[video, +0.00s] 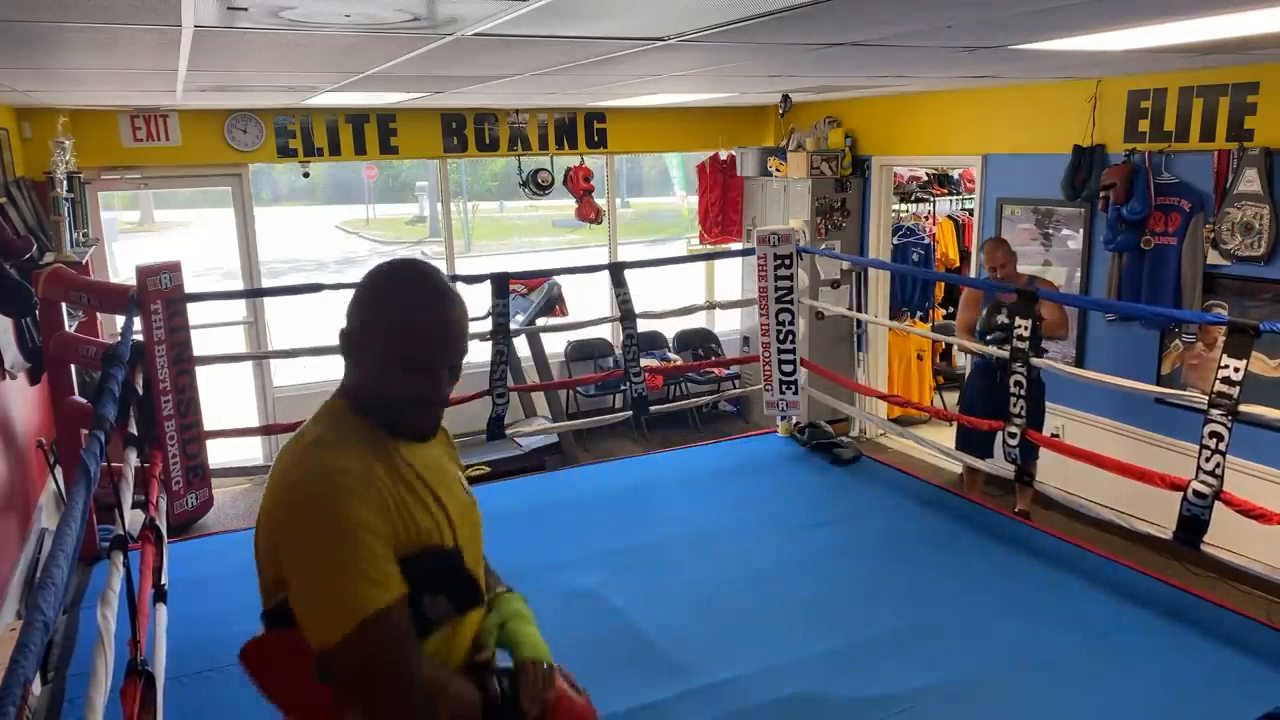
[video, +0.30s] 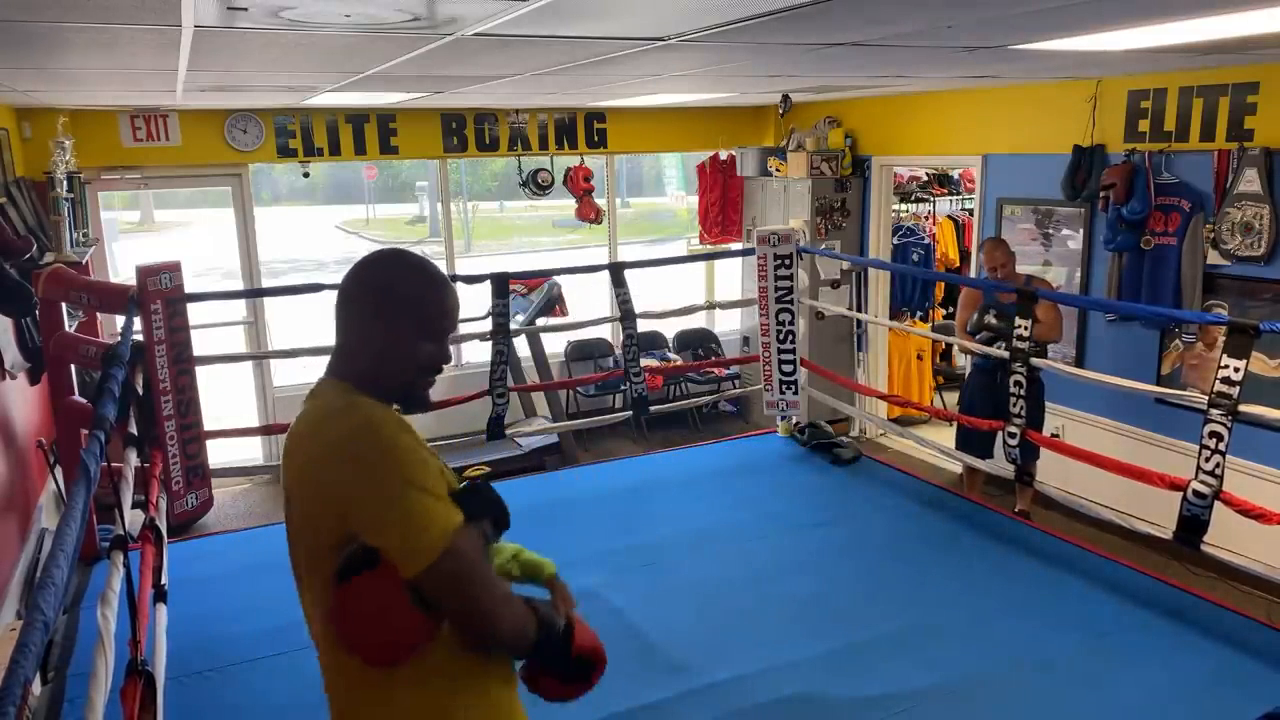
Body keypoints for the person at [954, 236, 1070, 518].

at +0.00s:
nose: (998, 275)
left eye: (1002, 267)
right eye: (991, 270)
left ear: (1014, 260)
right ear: (984, 267)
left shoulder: (1041, 287)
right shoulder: (976, 291)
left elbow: (1061, 329)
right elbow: (963, 334)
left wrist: (1025, 326)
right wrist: (984, 348)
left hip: (1026, 380)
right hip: (984, 377)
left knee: (1026, 449)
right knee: (974, 446)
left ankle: (1023, 514)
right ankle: (970, 507)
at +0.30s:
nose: (998, 275)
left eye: (1002, 268)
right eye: (991, 270)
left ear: (1014, 260)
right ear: (983, 267)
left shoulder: (1038, 287)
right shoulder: (974, 291)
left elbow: (1054, 331)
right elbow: (961, 333)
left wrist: (1013, 328)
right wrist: (981, 346)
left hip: (1025, 380)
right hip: (984, 377)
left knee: (1026, 448)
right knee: (974, 445)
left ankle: (1022, 513)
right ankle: (971, 505)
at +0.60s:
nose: (998, 275)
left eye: (1002, 267)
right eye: (991, 270)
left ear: (1013, 260)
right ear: (982, 266)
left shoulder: (1037, 287)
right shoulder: (974, 290)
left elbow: (1054, 331)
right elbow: (961, 336)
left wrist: (1014, 330)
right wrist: (983, 347)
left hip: (1024, 379)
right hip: (983, 376)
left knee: (1026, 448)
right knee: (974, 445)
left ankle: (1022, 513)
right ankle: (971, 506)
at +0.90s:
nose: (999, 275)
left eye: (1004, 267)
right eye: (992, 270)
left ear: (1013, 260)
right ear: (982, 267)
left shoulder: (1037, 286)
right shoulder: (973, 293)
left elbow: (1057, 330)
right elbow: (962, 341)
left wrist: (1015, 331)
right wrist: (987, 348)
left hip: (1025, 380)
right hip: (984, 378)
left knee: (1026, 449)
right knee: (974, 446)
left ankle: (1022, 512)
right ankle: (971, 505)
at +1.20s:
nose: (999, 273)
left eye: (1004, 265)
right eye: (992, 268)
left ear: (1015, 260)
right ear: (983, 267)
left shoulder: (1038, 286)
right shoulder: (974, 293)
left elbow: (1062, 327)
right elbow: (960, 340)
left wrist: (1019, 328)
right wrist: (980, 348)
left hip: (1025, 382)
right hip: (984, 381)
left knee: (1027, 449)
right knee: (974, 448)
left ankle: (1022, 513)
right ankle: (971, 506)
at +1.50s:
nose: (1002, 274)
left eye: (1006, 266)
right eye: (994, 268)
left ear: (1018, 259)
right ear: (984, 266)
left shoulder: (1040, 286)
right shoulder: (976, 290)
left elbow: (1057, 331)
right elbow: (960, 335)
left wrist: (1016, 330)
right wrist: (980, 348)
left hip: (1025, 380)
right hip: (983, 378)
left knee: (1026, 448)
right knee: (974, 445)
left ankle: (1022, 513)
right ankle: (971, 505)